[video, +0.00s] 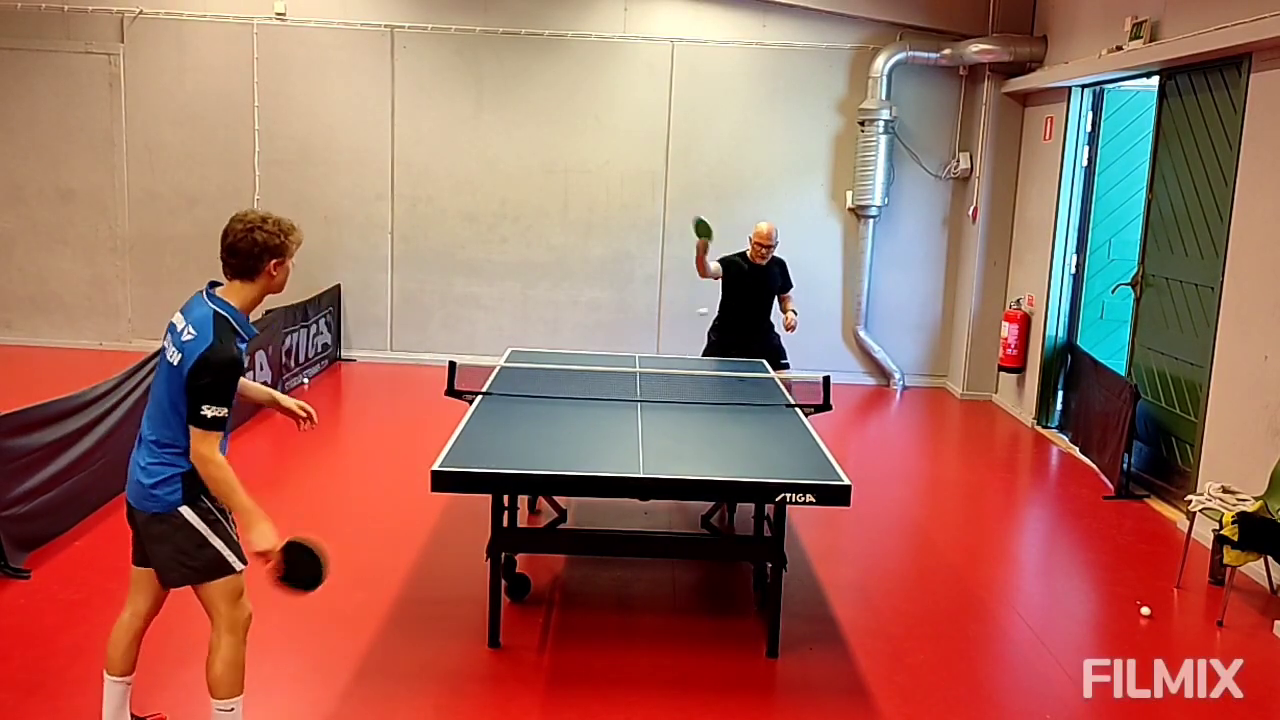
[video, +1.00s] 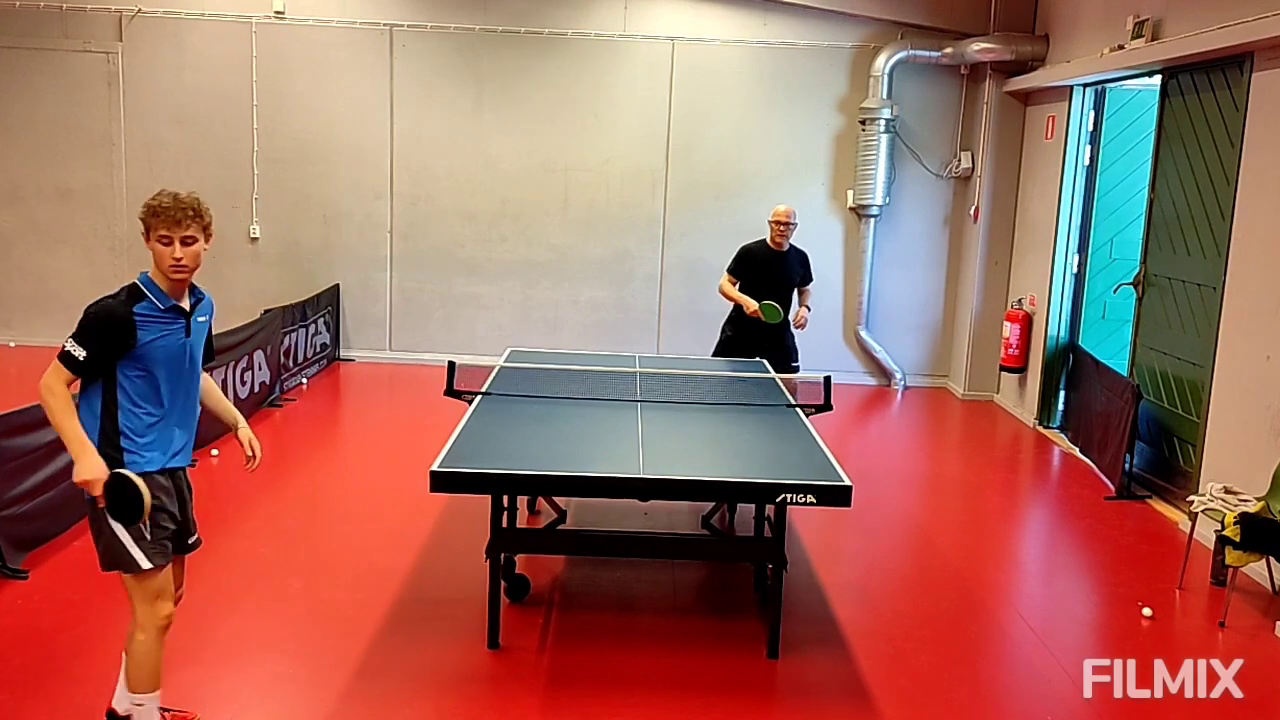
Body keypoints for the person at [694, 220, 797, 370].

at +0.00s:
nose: (763, 252)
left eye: (769, 247)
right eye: (759, 246)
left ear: (776, 246)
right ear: (750, 241)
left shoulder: (778, 266)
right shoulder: (734, 263)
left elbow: (785, 298)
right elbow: (705, 272)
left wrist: (790, 313)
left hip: (762, 337)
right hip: (726, 335)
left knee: (784, 383)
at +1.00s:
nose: (782, 228)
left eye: (787, 225)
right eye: (777, 223)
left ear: (795, 228)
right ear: (769, 224)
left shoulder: (800, 258)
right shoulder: (749, 251)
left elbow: (804, 290)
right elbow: (724, 285)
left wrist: (804, 308)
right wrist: (744, 301)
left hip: (778, 334)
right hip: (741, 331)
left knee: (789, 386)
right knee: (719, 381)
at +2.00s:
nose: (750, 228)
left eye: (755, 223)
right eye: (745, 223)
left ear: (767, 222)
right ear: (740, 222)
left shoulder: (781, 252)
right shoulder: (727, 249)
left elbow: (793, 287)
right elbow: (704, 281)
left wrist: (786, 318)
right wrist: (714, 286)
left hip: (763, 334)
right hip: (727, 332)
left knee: (774, 388)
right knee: (716, 386)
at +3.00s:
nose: (772, 230)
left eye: (778, 226)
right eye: (768, 224)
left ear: (789, 229)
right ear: (763, 225)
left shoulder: (799, 259)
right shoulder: (745, 254)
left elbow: (808, 295)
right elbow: (719, 284)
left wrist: (798, 319)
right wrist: (725, 295)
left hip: (778, 339)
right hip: (742, 336)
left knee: (787, 390)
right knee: (728, 388)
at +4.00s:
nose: (744, 274)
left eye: (750, 269)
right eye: (740, 268)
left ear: (757, 265)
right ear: (731, 261)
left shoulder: (761, 274)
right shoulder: (715, 283)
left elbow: (766, 302)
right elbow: (702, 326)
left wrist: (766, 331)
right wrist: (727, 331)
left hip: (750, 352)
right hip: (712, 352)